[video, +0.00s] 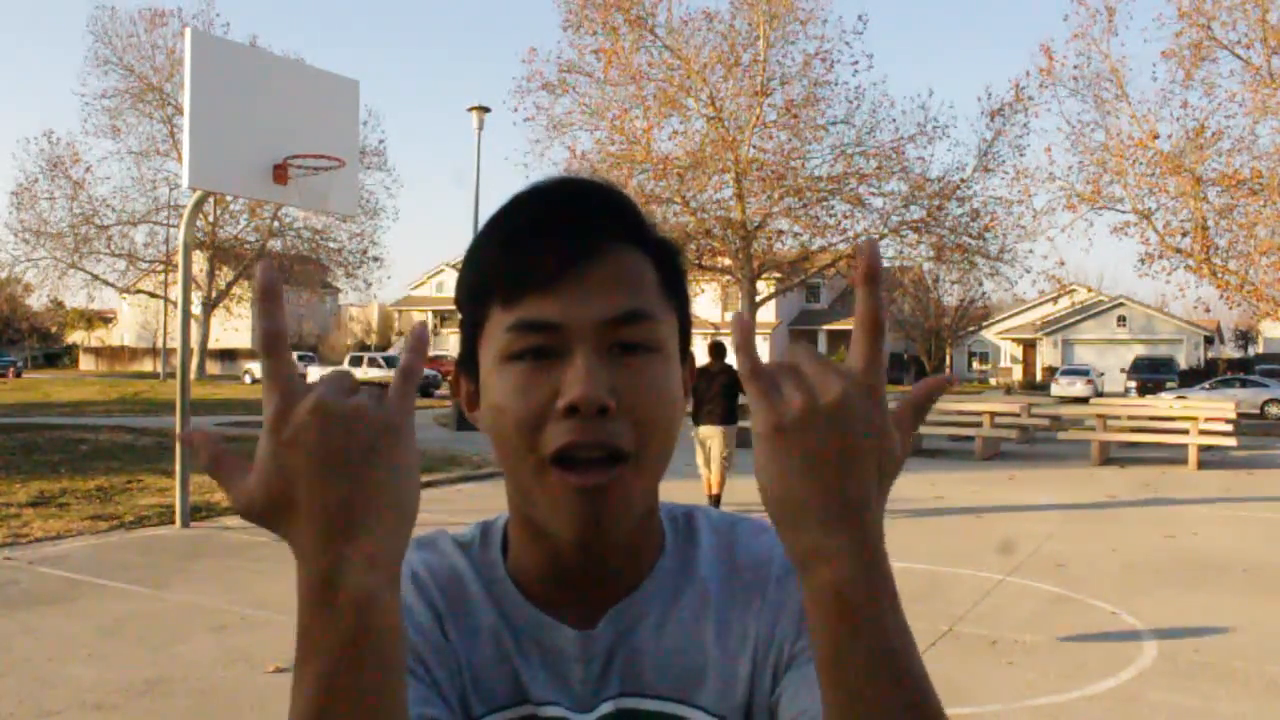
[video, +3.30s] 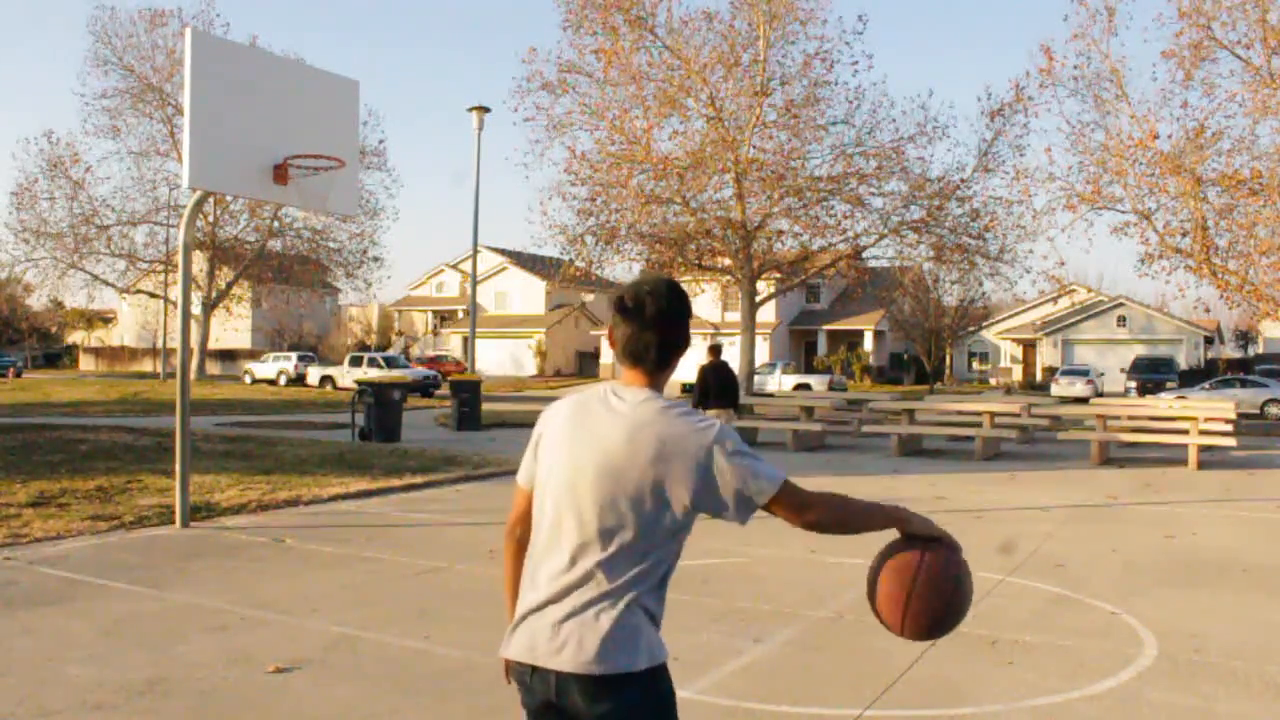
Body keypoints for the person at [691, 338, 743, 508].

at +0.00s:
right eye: (721, 352)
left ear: (709, 353)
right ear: (725, 353)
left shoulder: (700, 372)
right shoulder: (731, 373)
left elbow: (696, 396)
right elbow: (744, 390)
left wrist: (695, 418)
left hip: (702, 423)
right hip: (724, 424)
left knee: (704, 464)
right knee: (719, 464)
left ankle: (710, 499)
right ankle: (715, 500)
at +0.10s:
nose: (716, 360)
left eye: (715, 355)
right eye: (716, 355)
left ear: (709, 355)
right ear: (725, 354)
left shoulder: (699, 375)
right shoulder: (734, 376)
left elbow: (680, 389)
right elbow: (758, 394)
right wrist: (780, 389)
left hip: (703, 424)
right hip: (728, 426)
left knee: (706, 461)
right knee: (727, 462)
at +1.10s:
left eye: (726, 353)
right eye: (735, 353)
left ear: (723, 355)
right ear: (738, 355)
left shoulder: (714, 371)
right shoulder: (744, 372)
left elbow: (696, 389)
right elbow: (758, 394)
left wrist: (676, 402)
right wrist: (771, 409)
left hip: (716, 420)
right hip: (737, 420)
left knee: (717, 453)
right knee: (734, 455)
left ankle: (718, 480)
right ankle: (733, 493)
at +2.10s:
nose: (724, 354)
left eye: (722, 352)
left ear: (721, 352)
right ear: (734, 353)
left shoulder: (712, 369)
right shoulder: (742, 371)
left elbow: (703, 391)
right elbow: (748, 392)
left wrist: (701, 411)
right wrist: (747, 410)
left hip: (716, 413)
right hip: (734, 414)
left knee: (712, 441)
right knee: (730, 446)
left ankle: (715, 472)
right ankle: (728, 478)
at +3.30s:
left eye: (710, 353)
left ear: (709, 353)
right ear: (720, 353)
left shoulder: (704, 369)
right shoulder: (729, 370)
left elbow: (699, 389)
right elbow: (735, 388)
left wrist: (695, 406)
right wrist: (735, 407)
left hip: (710, 409)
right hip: (727, 408)